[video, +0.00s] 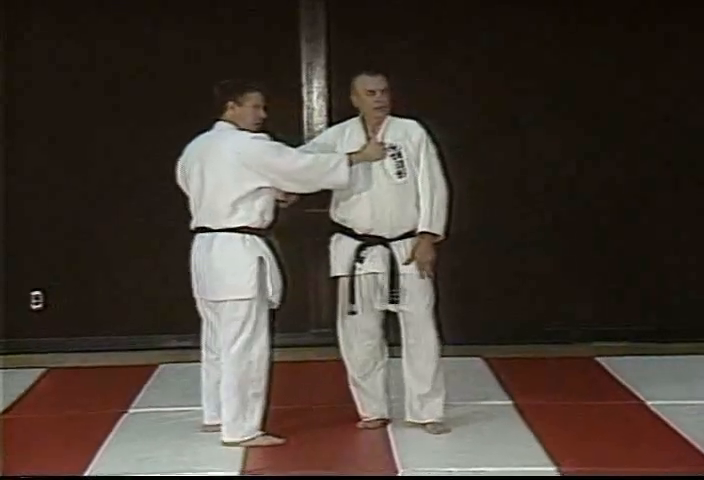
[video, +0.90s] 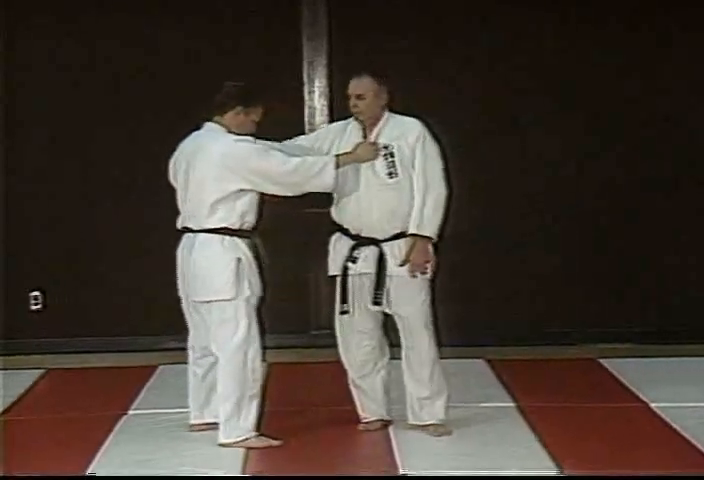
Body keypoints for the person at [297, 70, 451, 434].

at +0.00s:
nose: (378, 99)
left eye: (383, 92)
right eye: (370, 93)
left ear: (390, 96)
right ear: (354, 98)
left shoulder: (411, 133)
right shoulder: (337, 137)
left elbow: (434, 186)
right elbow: (296, 162)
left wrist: (427, 237)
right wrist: (284, 187)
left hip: (407, 245)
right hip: (356, 248)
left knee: (420, 332)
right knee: (360, 333)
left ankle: (426, 411)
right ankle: (372, 412)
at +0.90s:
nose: (354, 105)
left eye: (361, 98)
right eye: (350, 98)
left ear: (383, 98)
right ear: (347, 100)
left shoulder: (411, 132)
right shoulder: (337, 134)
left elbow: (433, 187)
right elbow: (292, 150)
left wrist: (424, 239)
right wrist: (248, 154)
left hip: (403, 246)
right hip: (352, 249)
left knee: (417, 332)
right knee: (358, 333)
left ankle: (428, 413)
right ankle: (371, 413)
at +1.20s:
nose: (356, 111)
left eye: (362, 104)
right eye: (351, 105)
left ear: (383, 100)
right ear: (346, 104)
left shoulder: (412, 133)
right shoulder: (338, 133)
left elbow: (434, 188)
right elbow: (289, 145)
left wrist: (427, 240)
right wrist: (242, 144)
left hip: (406, 247)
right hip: (354, 248)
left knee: (421, 332)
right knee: (359, 333)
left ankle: (430, 414)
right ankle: (373, 412)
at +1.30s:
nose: (356, 113)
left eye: (363, 105)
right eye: (351, 106)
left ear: (385, 100)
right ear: (347, 103)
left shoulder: (412, 133)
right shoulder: (337, 132)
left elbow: (435, 187)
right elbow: (291, 146)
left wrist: (428, 239)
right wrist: (246, 147)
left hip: (405, 247)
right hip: (354, 249)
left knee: (421, 333)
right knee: (359, 333)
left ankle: (429, 413)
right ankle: (373, 413)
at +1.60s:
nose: (361, 112)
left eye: (368, 106)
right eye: (357, 106)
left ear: (388, 102)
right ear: (352, 105)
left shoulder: (415, 135)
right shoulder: (340, 132)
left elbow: (435, 191)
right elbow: (293, 142)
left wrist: (426, 244)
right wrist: (245, 139)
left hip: (404, 248)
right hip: (353, 248)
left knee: (418, 334)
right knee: (358, 334)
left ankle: (427, 413)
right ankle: (373, 412)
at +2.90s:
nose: (359, 114)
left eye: (365, 107)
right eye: (354, 107)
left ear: (385, 102)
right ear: (349, 107)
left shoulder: (414, 136)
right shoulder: (341, 134)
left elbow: (436, 192)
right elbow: (292, 143)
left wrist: (431, 245)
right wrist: (239, 143)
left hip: (407, 247)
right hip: (357, 248)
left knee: (420, 328)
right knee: (359, 327)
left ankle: (429, 408)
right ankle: (371, 405)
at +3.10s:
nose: (358, 117)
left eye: (364, 109)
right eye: (352, 111)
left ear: (385, 105)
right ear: (348, 109)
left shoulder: (413, 136)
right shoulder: (337, 134)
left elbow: (436, 191)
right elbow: (290, 146)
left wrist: (429, 242)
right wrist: (245, 152)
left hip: (407, 247)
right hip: (356, 249)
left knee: (421, 328)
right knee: (359, 329)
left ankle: (430, 408)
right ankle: (371, 406)